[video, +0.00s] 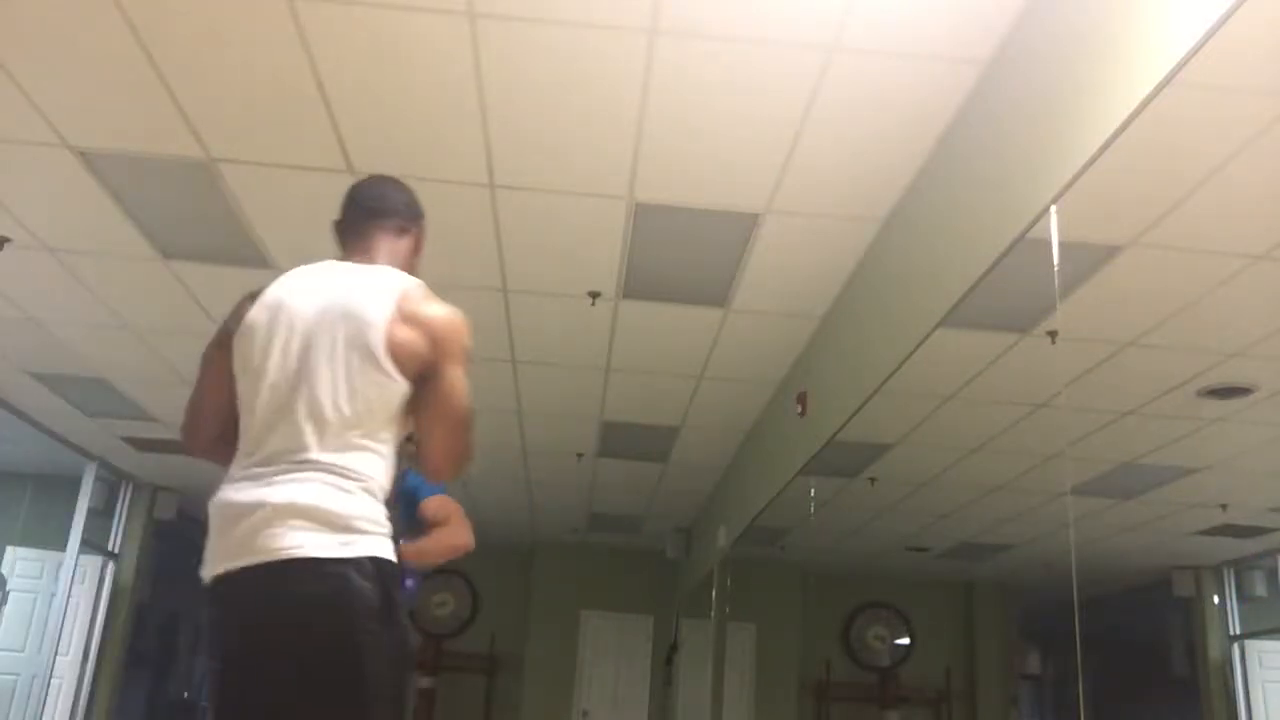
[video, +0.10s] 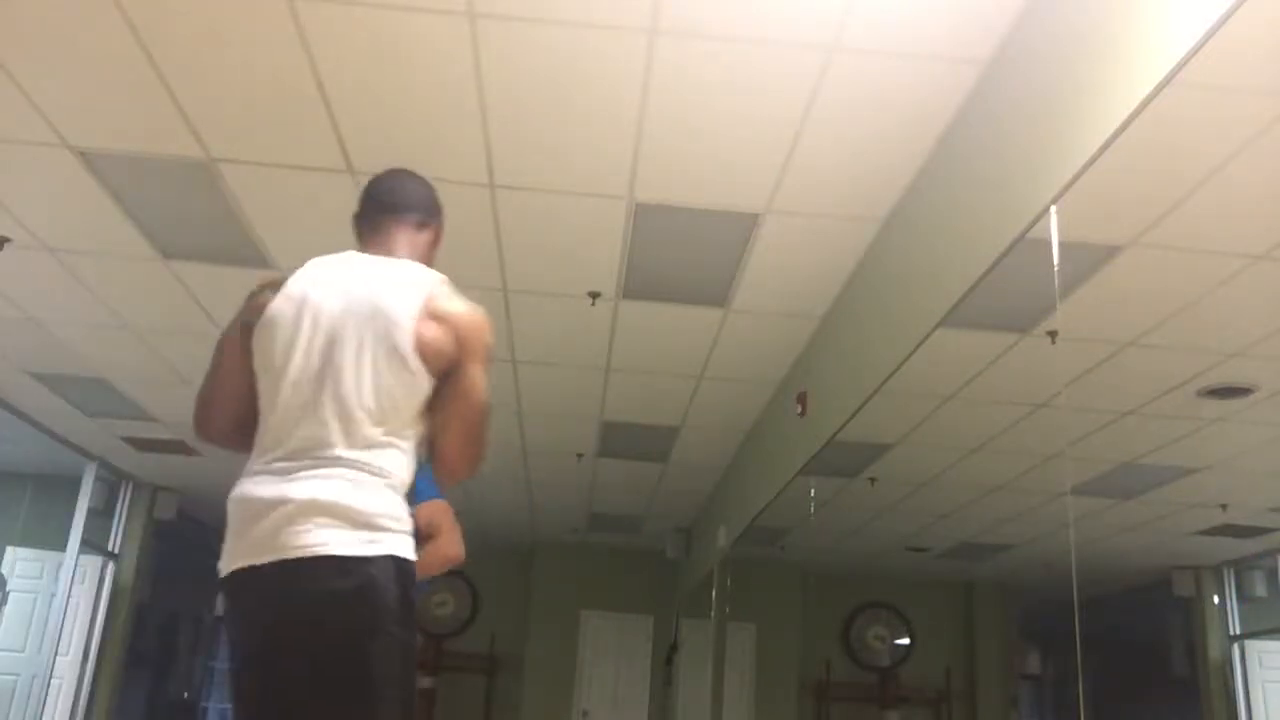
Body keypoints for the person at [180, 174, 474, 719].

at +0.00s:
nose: (416, 255)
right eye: (417, 242)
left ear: (339, 233)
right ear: (415, 237)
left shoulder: (255, 304)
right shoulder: (432, 317)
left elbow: (203, 434)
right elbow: (443, 460)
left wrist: (285, 459)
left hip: (237, 571)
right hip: (342, 567)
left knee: (244, 710)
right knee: (361, 709)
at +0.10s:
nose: (433, 249)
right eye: (434, 236)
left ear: (357, 227)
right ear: (432, 231)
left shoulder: (272, 294)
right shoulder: (455, 314)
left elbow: (217, 423)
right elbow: (455, 463)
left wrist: (305, 433)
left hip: (254, 564)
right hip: (360, 560)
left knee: (264, 711)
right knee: (368, 710)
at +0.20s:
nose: (439, 242)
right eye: (442, 229)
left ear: (367, 222)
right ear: (442, 225)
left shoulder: (288, 289)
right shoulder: (474, 307)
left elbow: (232, 416)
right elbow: (472, 456)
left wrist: (321, 403)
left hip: (270, 551)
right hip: (377, 551)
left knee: (266, 709)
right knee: (365, 708)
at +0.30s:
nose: (438, 248)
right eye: (444, 239)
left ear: (371, 229)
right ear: (447, 235)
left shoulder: (302, 296)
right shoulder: (487, 315)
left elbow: (244, 430)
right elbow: (498, 461)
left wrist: (330, 399)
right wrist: (458, 420)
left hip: (285, 558)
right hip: (392, 562)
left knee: (278, 711)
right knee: (368, 709)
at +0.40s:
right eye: (446, 248)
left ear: (371, 247)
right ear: (448, 247)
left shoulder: (313, 310)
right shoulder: (494, 317)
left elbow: (264, 448)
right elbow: (523, 459)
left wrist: (338, 417)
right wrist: (468, 451)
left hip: (309, 570)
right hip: (416, 568)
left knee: (306, 711)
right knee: (399, 709)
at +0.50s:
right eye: (446, 257)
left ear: (375, 259)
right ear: (450, 255)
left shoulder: (328, 322)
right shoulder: (502, 317)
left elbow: (289, 473)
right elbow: (541, 445)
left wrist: (350, 436)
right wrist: (477, 466)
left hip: (331, 580)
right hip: (438, 579)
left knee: (323, 713)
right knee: (425, 711)